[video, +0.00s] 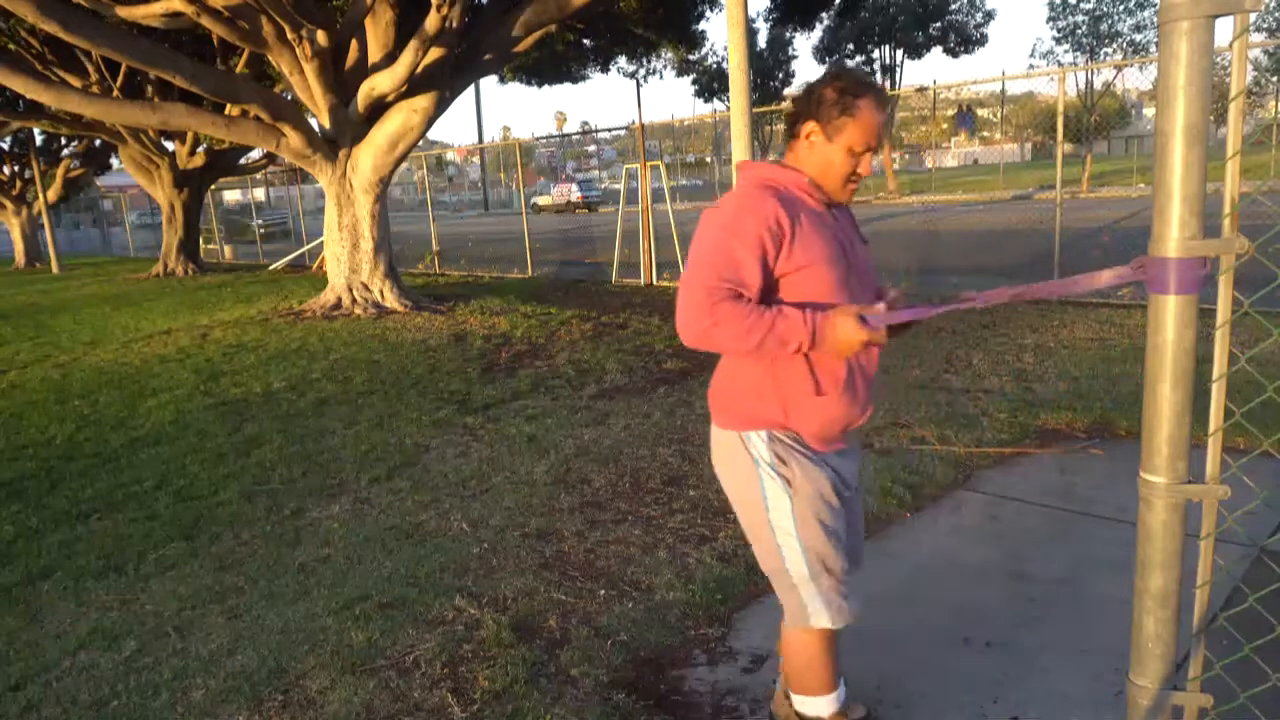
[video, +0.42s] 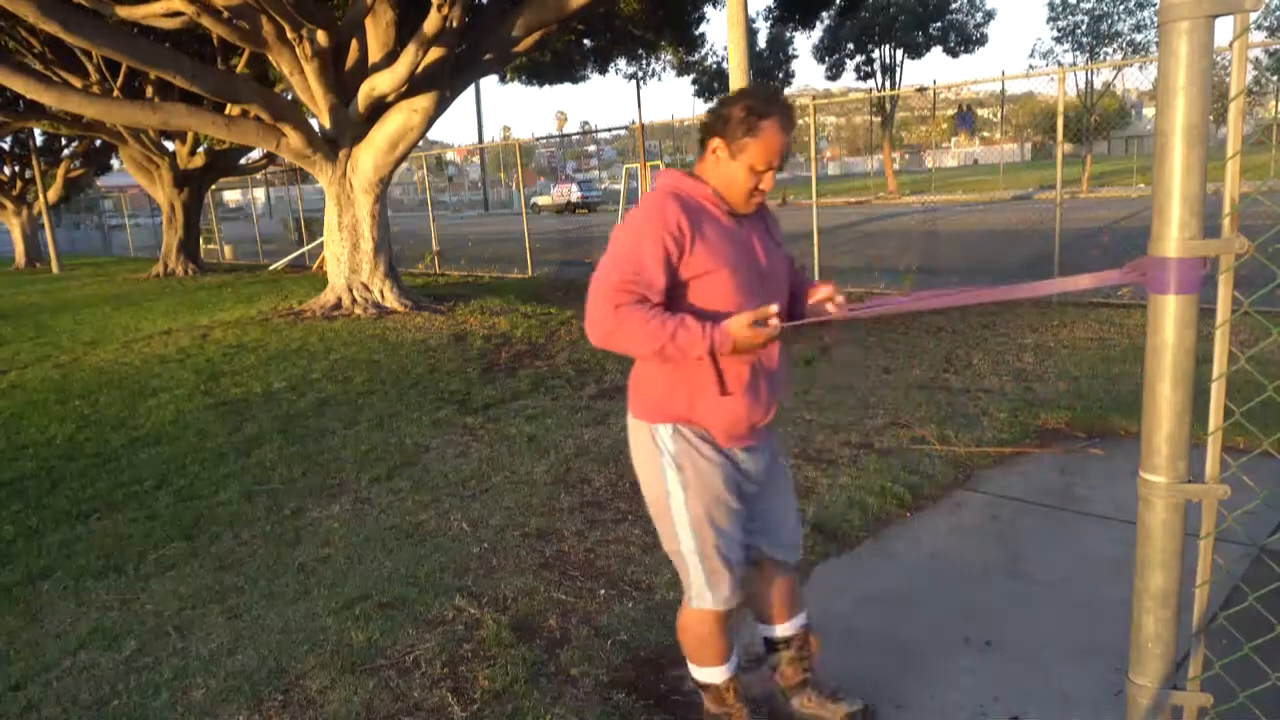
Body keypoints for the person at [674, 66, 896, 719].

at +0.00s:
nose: (866, 168)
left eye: (871, 154)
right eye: (859, 151)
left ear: (827, 139)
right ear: (810, 136)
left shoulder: (833, 211)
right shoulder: (750, 209)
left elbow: (838, 302)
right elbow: (699, 317)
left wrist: (879, 312)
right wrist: (818, 330)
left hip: (824, 431)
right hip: (767, 437)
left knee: (823, 578)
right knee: (813, 595)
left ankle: (796, 696)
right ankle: (821, 715)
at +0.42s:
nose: (767, 185)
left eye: (775, 171)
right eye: (757, 169)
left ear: (779, 162)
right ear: (715, 150)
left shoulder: (757, 216)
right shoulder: (661, 215)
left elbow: (775, 294)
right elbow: (606, 318)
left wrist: (809, 299)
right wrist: (717, 336)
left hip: (751, 422)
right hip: (679, 429)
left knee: (778, 558)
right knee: (711, 580)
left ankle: (795, 683)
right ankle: (723, 706)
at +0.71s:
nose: (710, 192)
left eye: (716, 178)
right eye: (699, 176)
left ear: (721, 169)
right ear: (656, 159)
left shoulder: (713, 217)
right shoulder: (607, 218)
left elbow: (739, 290)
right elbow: (558, 317)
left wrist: (771, 292)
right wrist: (660, 324)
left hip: (717, 421)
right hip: (645, 428)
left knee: (726, 553)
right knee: (677, 577)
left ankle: (641, 645)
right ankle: (709, 700)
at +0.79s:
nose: (698, 187)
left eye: (705, 174)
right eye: (687, 174)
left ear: (712, 166)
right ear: (643, 161)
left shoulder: (710, 221)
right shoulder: (598, 227)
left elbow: (744, 282)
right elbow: (565, 324)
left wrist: (779, 289)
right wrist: (669, 328)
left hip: (704, 423)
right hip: (636, 427)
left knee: (667, 539)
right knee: (681, 565)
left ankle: (628, 653)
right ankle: (709, 700)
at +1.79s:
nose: (710, 189)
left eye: (717, 176)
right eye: (699, 175)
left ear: (718, 168)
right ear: (658, 160)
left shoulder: (712, 222)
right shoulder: (614, 229)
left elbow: (764, 278)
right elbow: (645, 309)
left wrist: (825, 306)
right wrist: (755, 327)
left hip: (721, 413)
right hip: (655, 422)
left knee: (739, 538)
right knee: (705, 568)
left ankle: (736, 658)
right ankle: (727, 696)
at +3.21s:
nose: (726, 216)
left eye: (734, 201)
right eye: (716, 203)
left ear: (741, 189)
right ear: (674, 179)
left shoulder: (733, 225)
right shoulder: (616, 230)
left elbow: (773, 279)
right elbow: (624, 327)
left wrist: (836, 305)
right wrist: (726, 334)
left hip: (703, 407)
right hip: (627, 414)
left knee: (731, 519)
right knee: (677, 546)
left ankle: (715, 634)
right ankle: (703, 686)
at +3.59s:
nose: (790, 349)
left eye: (797, 334)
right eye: (779, 333)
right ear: (738, 311)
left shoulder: (773, 347)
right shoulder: (667, 346)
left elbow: (802, 409)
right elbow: (660, 456)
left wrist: (860, 407)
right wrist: (762, 462)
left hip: (722, 494)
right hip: (639, 505)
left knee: (785, 564)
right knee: (643, 658)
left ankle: (778, 699)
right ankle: (575, 612)